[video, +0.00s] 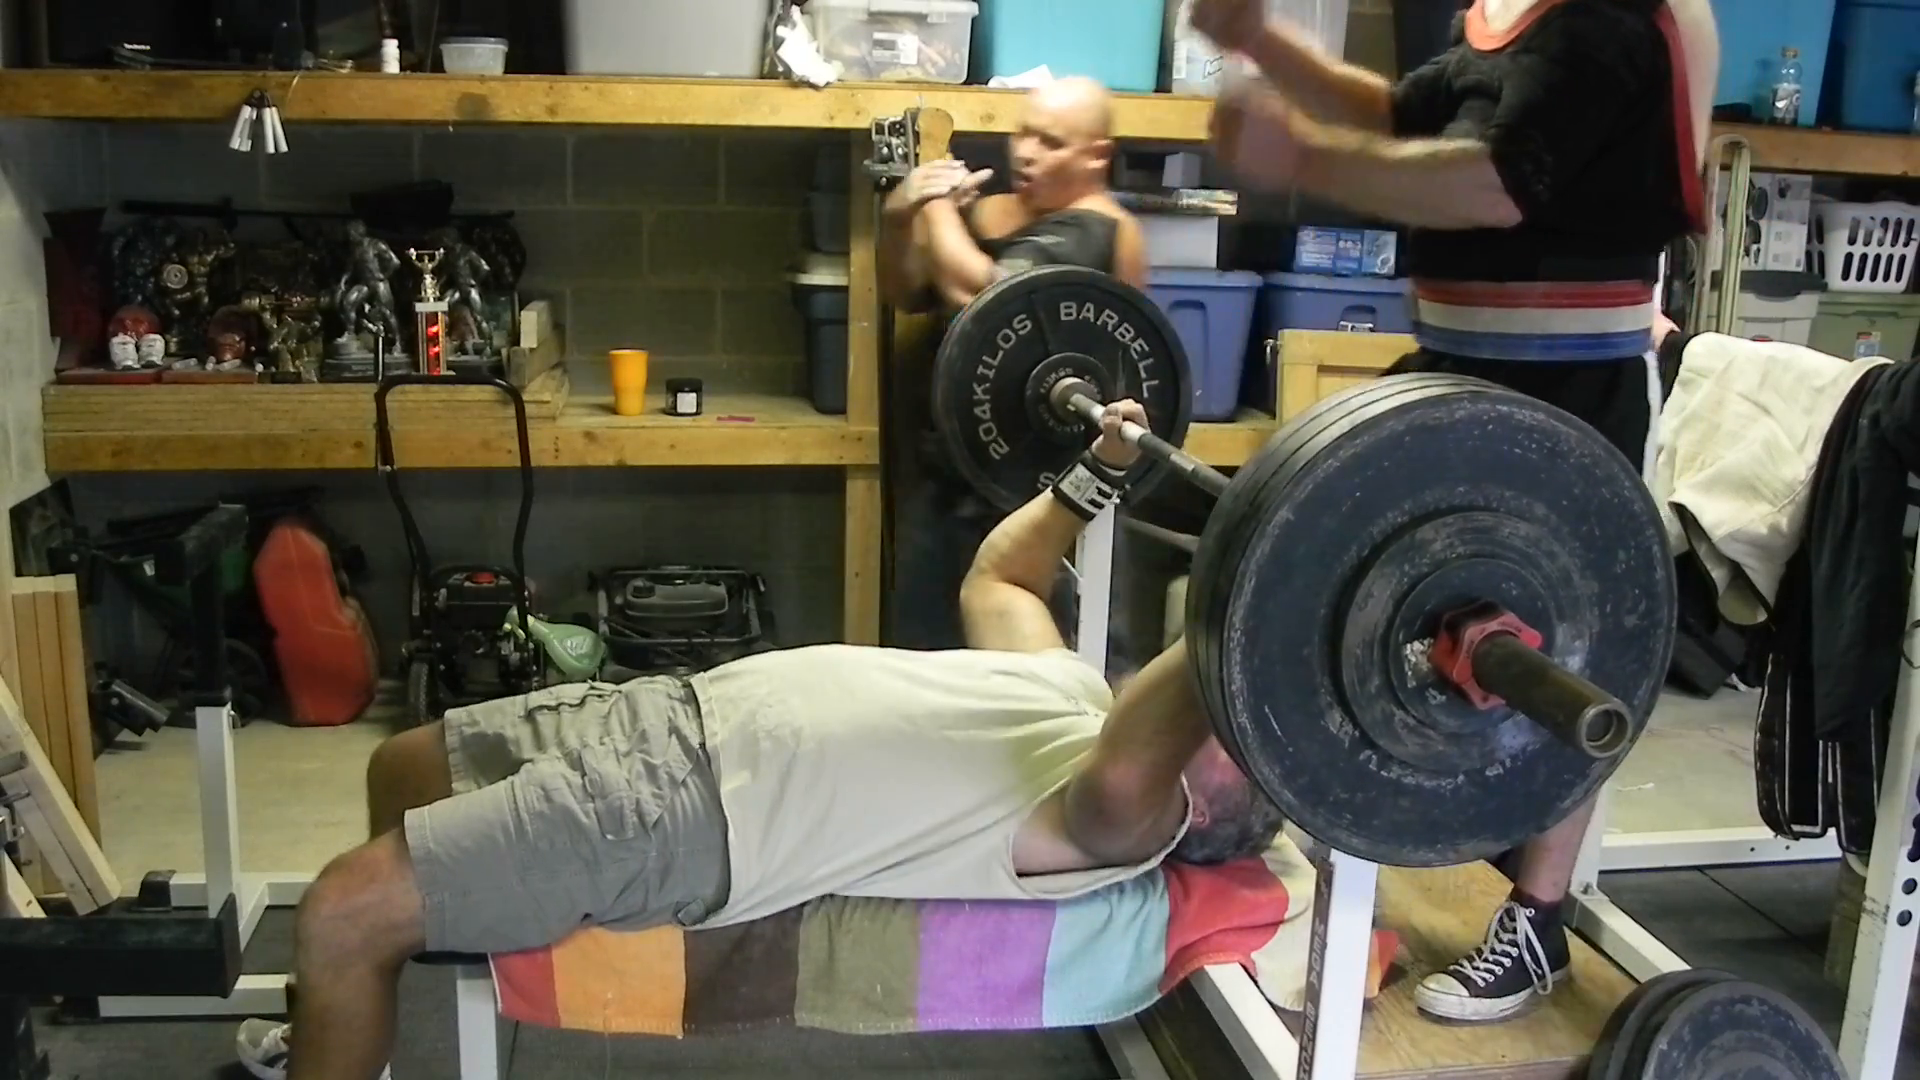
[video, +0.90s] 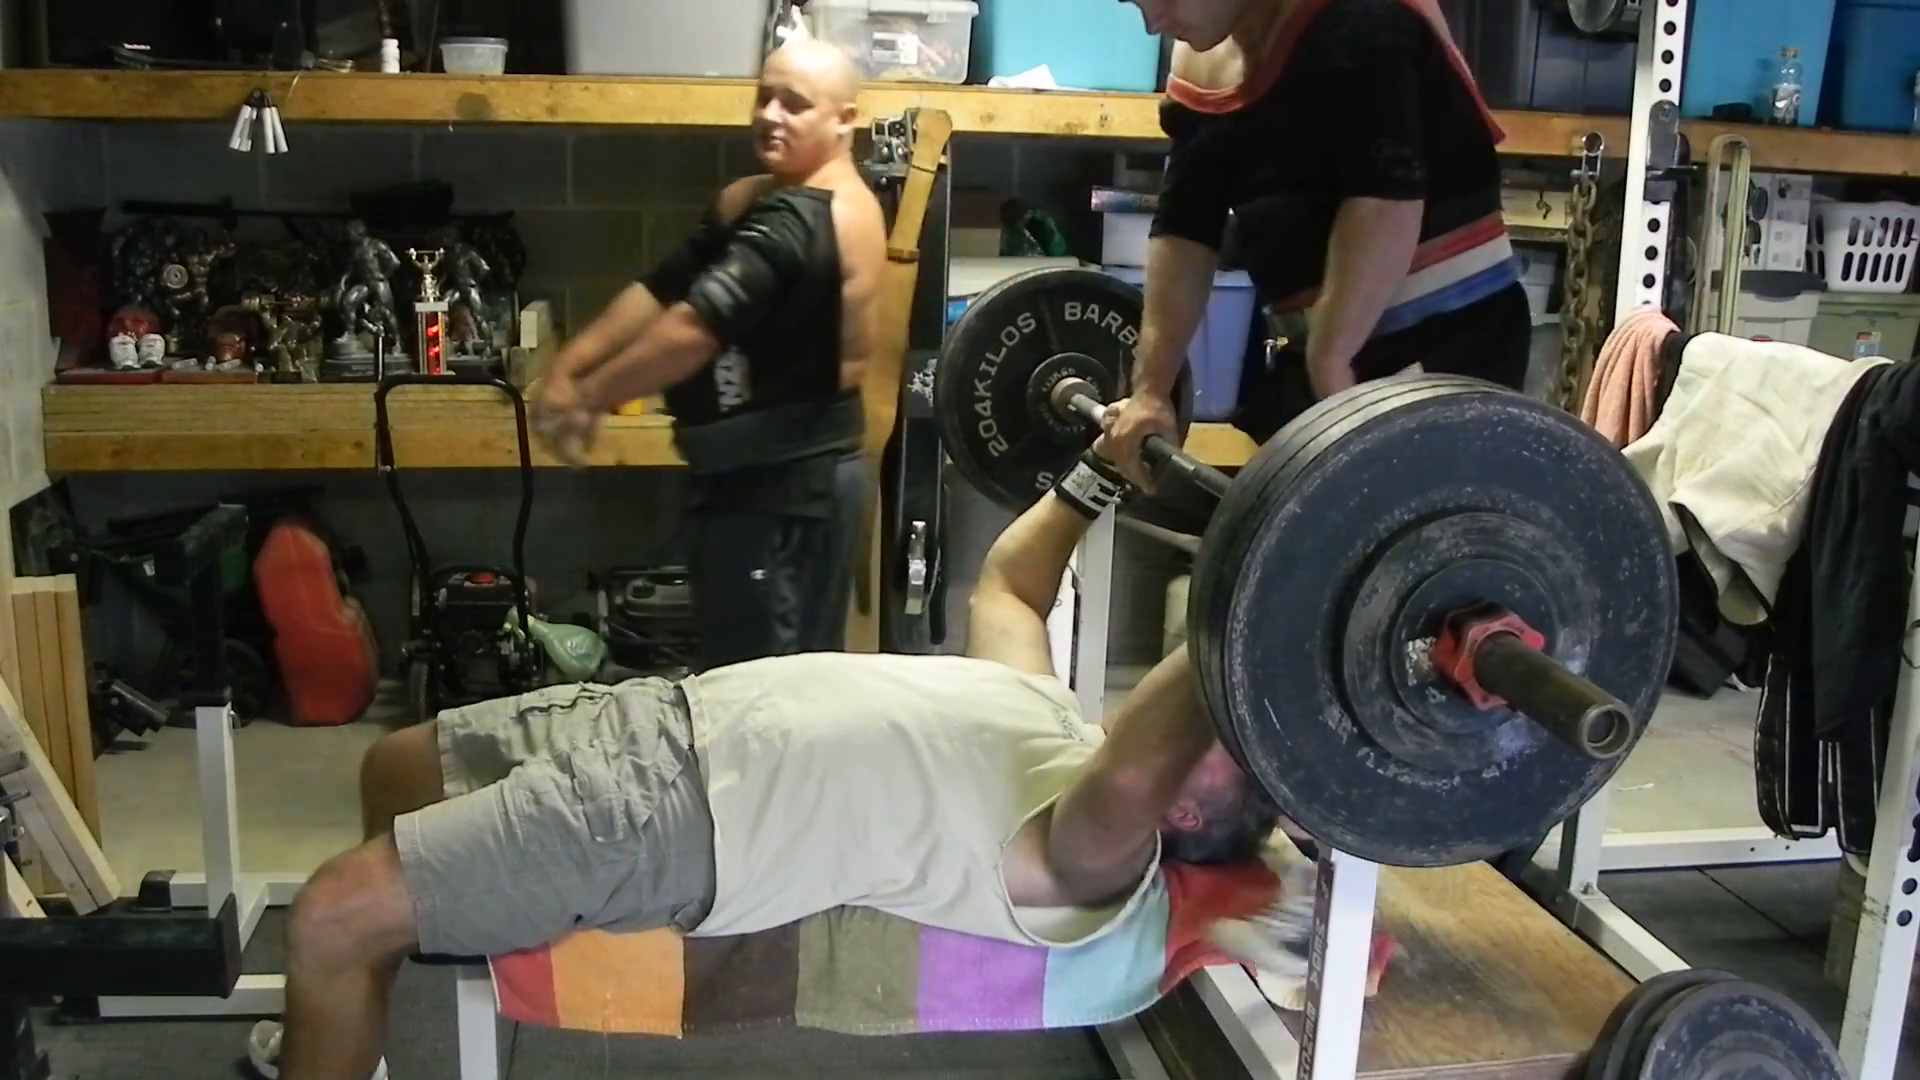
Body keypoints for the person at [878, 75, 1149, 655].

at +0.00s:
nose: (1023, 153)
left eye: (1047, 140)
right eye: (1022, 135)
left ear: (1097, 155)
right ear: (1013, 133)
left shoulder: (1098, 232)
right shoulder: (994, 209)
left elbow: (983, 294)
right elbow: (904, 292)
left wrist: (939, 207)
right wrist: (898, 218)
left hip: (1036, 468)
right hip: (951, 451)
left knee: (1019, 631)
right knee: (929, 623)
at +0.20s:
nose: (953, 134)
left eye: (975, 121)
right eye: (947, 115)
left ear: (1021, 132)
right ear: (933, 116)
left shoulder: (1021, 216)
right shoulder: (918, 196)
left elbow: (915, 278)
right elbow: (827, 285)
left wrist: (877, 201)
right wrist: (815, 214)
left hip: (965, 481)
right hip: (888, 473)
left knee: (942, 676)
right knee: (865, 662)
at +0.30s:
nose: (917, 128)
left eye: (939, 115)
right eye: (912, 111)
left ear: (986, 127)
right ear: (902, 114)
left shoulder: (992, 210)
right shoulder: (882, 197)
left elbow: (898, 283)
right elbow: (801, 277)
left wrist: (830, 214)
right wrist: (759, 222)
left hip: (939, 472)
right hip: (868, 462)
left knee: (896, 664)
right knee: (853, 655)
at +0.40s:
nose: (890, 130)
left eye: (913, 116)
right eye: (883, 112)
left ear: (957, 125)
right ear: (872, 116)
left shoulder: (961, 216)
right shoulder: (851, 200)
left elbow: (874, 299)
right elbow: (783, 282)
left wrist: (779, 263)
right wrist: (713, 259)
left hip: (915, 481)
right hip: (847, 470)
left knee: (867, 669)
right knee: (828, 661)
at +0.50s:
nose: (867, 131)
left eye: (890, 117)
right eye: (860, 114)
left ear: (936, 131)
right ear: (848, 118)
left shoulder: (925, 221)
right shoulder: (842, 205)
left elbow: (837, 321)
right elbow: (763, 278)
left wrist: (730, 322)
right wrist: (683, 288)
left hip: (887, 486)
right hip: (836, 477)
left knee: (852, 678)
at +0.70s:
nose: (817, 131)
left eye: (841, 119)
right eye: (811, 112)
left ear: (887, 132)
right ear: (799, 115)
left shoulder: (853, 232)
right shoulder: (797, 207)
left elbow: (759, 347)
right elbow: (714, 291)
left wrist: (665, 404)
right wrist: (637, 373)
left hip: (823, 493)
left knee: (792, 690)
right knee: (838, 680)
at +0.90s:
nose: (770, 115)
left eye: (795, 103)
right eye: (766, 98)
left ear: (846, 120)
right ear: (754, 100)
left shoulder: (798, 217)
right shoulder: (758, 195)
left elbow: (699, 328)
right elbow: (663, 287)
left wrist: (593, 399)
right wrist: (567, 367)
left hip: (778, 490)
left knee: (751, 703)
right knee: (800, 694)